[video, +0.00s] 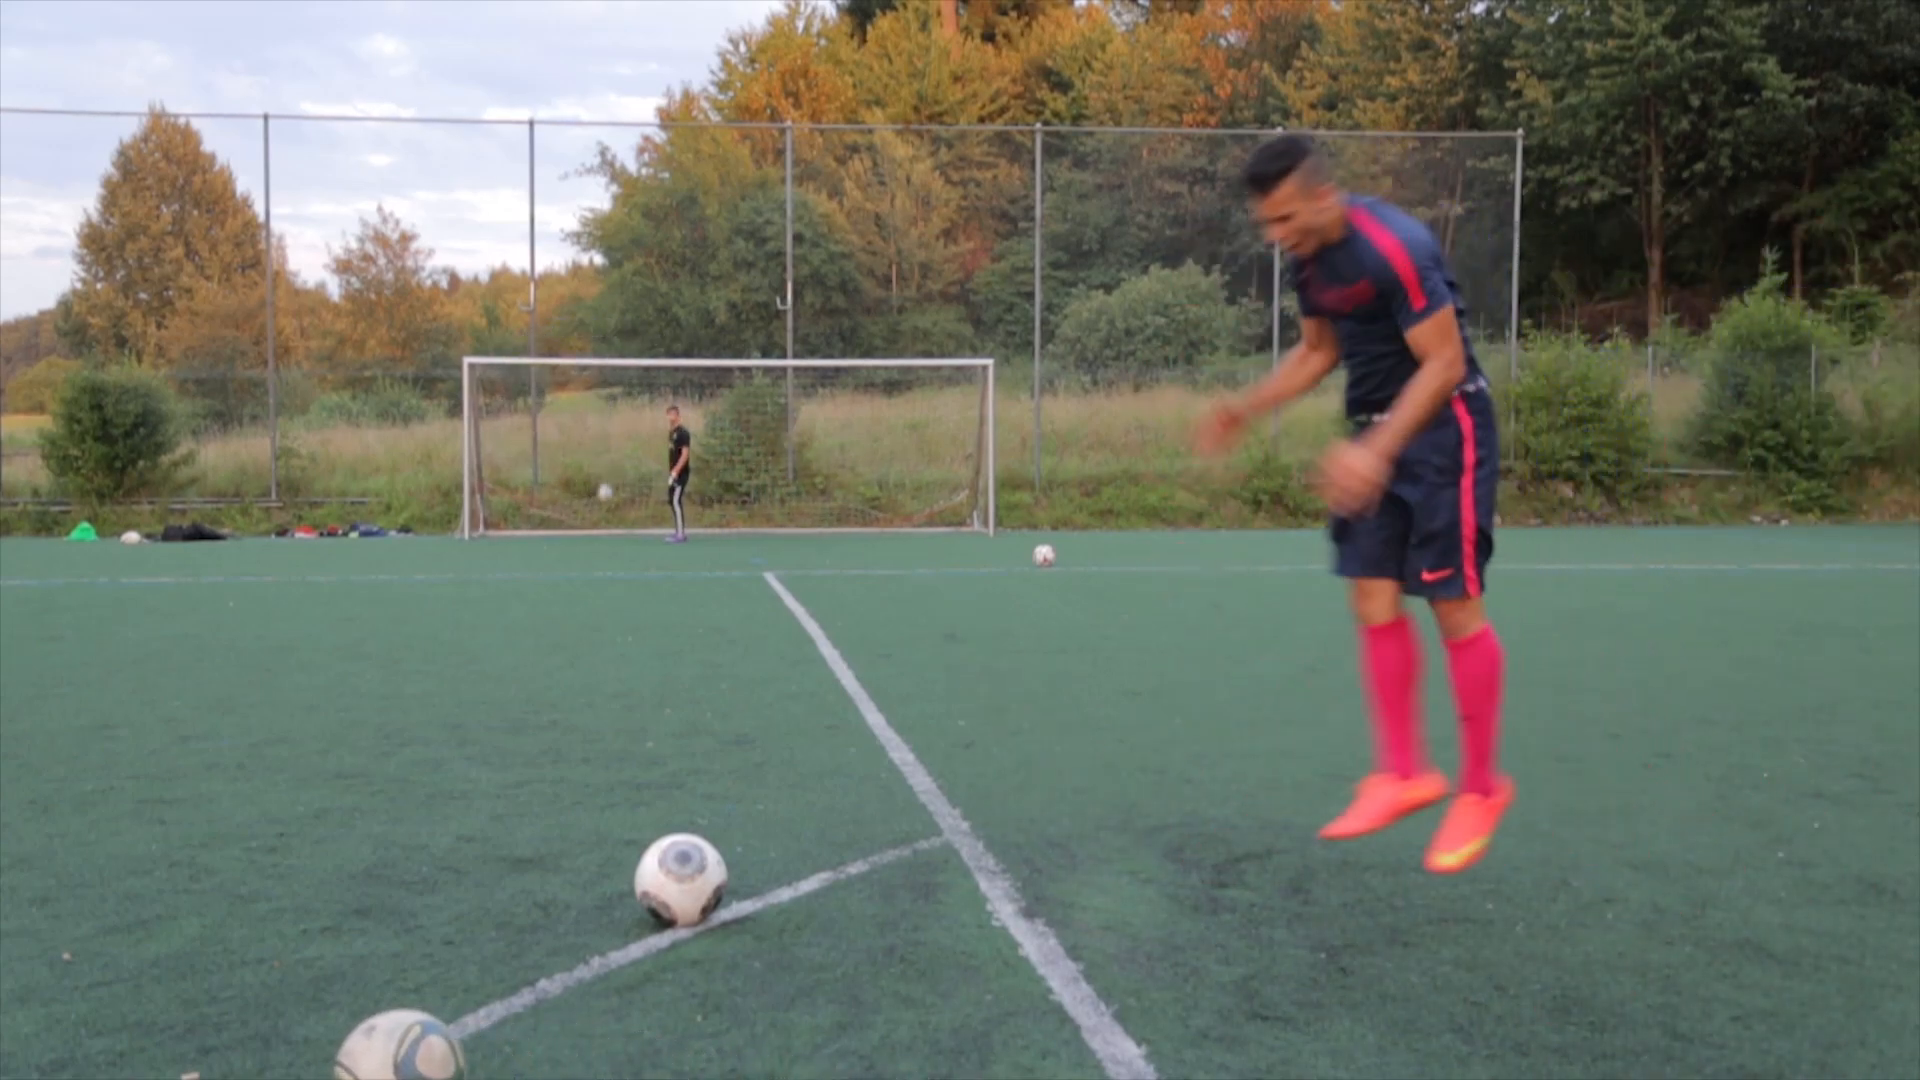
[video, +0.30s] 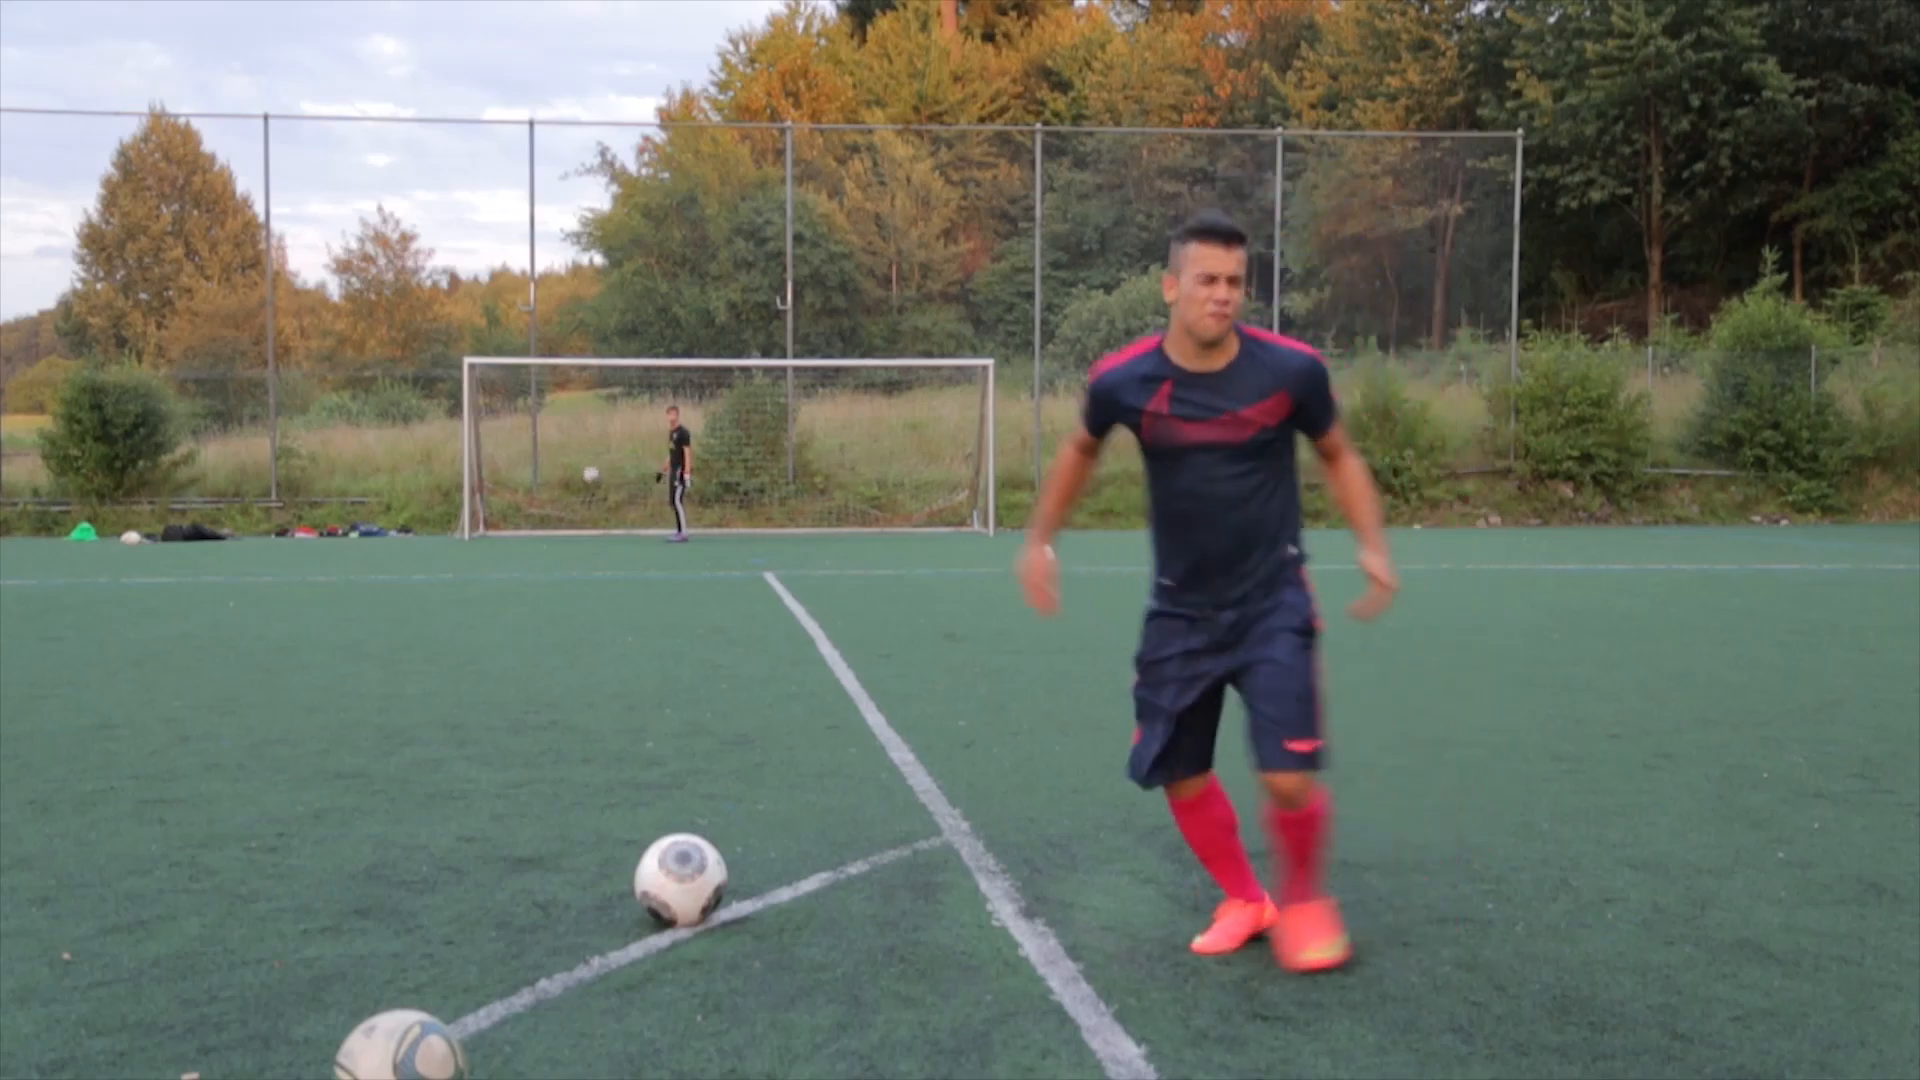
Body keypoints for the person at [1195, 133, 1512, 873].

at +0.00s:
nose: (1277, 237)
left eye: (1285, 218)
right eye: (1266, 223)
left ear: (1324, 194)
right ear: (1264, 215)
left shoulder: (1395, 248)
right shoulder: (1307, 256)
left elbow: (1447, 362)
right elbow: (1321, 349)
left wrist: (1376, 450)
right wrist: (1245, 407)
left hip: (1446, 422)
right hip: (1376, 426)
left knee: (1453, 599)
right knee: (1374, 592)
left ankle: (1483, 785)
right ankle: (1403, 771)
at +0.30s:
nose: (1222, 295)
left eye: (1234, 282)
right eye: (1207, 280)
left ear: (1246, 291)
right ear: (1169, 287)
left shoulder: (1294, 372)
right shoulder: (1120, 383)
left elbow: (1338, 455)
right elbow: (1081, 451)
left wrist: (1373, 545)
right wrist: (1040, 539)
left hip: (1272, 599)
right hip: (1182, 607)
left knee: (1288, 776)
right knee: (1178, 770)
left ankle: (1303, 900)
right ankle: (1243, 899)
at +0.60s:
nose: (1075, 238)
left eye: (1097, 224)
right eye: (1063, 219)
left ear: (1130, 241)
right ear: (1044, 230)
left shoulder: (1172, 363)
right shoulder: (987, 331)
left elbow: (1193, 513)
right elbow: (945, 462)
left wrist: (1207, 656)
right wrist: (1033, 507)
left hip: (1072, 616)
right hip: (976, 594)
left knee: (1001, 805)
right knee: (927, 766)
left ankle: (925, 978)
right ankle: (898, 909)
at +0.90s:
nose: (978, 151)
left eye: (1004, 134)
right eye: (962, 128)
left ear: (1042, 152)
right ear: (937, 139)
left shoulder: (1094, 291)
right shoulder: (863, 262)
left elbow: (1119, 459)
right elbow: (797, 394)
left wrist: (1058, 531)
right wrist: (719, 523)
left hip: (1000, 594)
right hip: (872, 576)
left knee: (965, 831)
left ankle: (935, 970)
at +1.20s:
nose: (981, 62)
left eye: (1002, 42)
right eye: (956, 34)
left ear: (1020, 65)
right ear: (892, 47)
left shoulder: (1063, 230)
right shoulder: (791, 209)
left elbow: (1077, 378)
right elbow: (689, 395)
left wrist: (1070, 484)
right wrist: (799, 521)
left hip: (988, 612)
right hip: (835, 615)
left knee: (942, 923)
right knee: (803, 909)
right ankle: (783, 1075)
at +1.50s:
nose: (1092, 18)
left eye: (1104, 8)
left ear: (1108, 54)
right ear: (962, 18)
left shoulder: (1142, 282)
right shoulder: (791, 224)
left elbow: (1149, 540)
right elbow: (715, 468)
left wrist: (1090, 655)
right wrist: (797, 662)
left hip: (1029, 776)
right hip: (832, 770)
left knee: (1014, 1060)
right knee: (812, 1058)